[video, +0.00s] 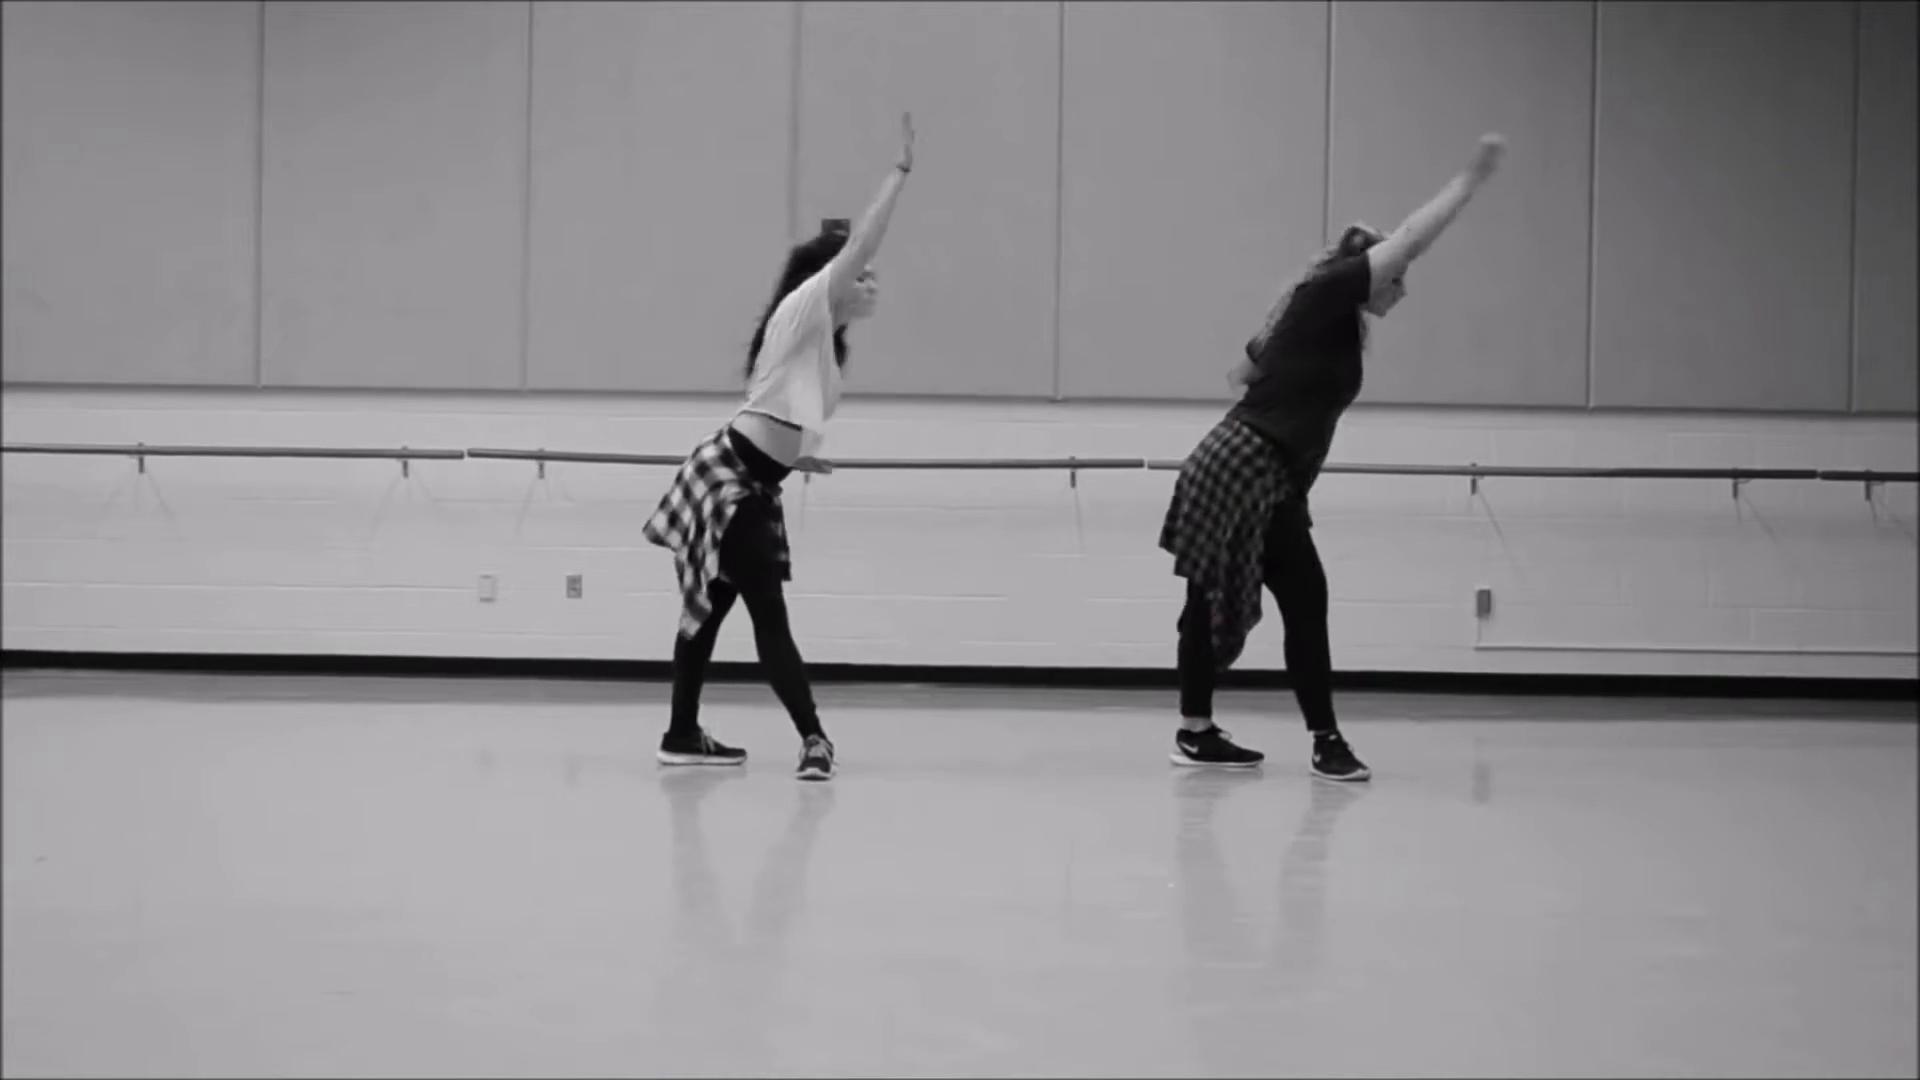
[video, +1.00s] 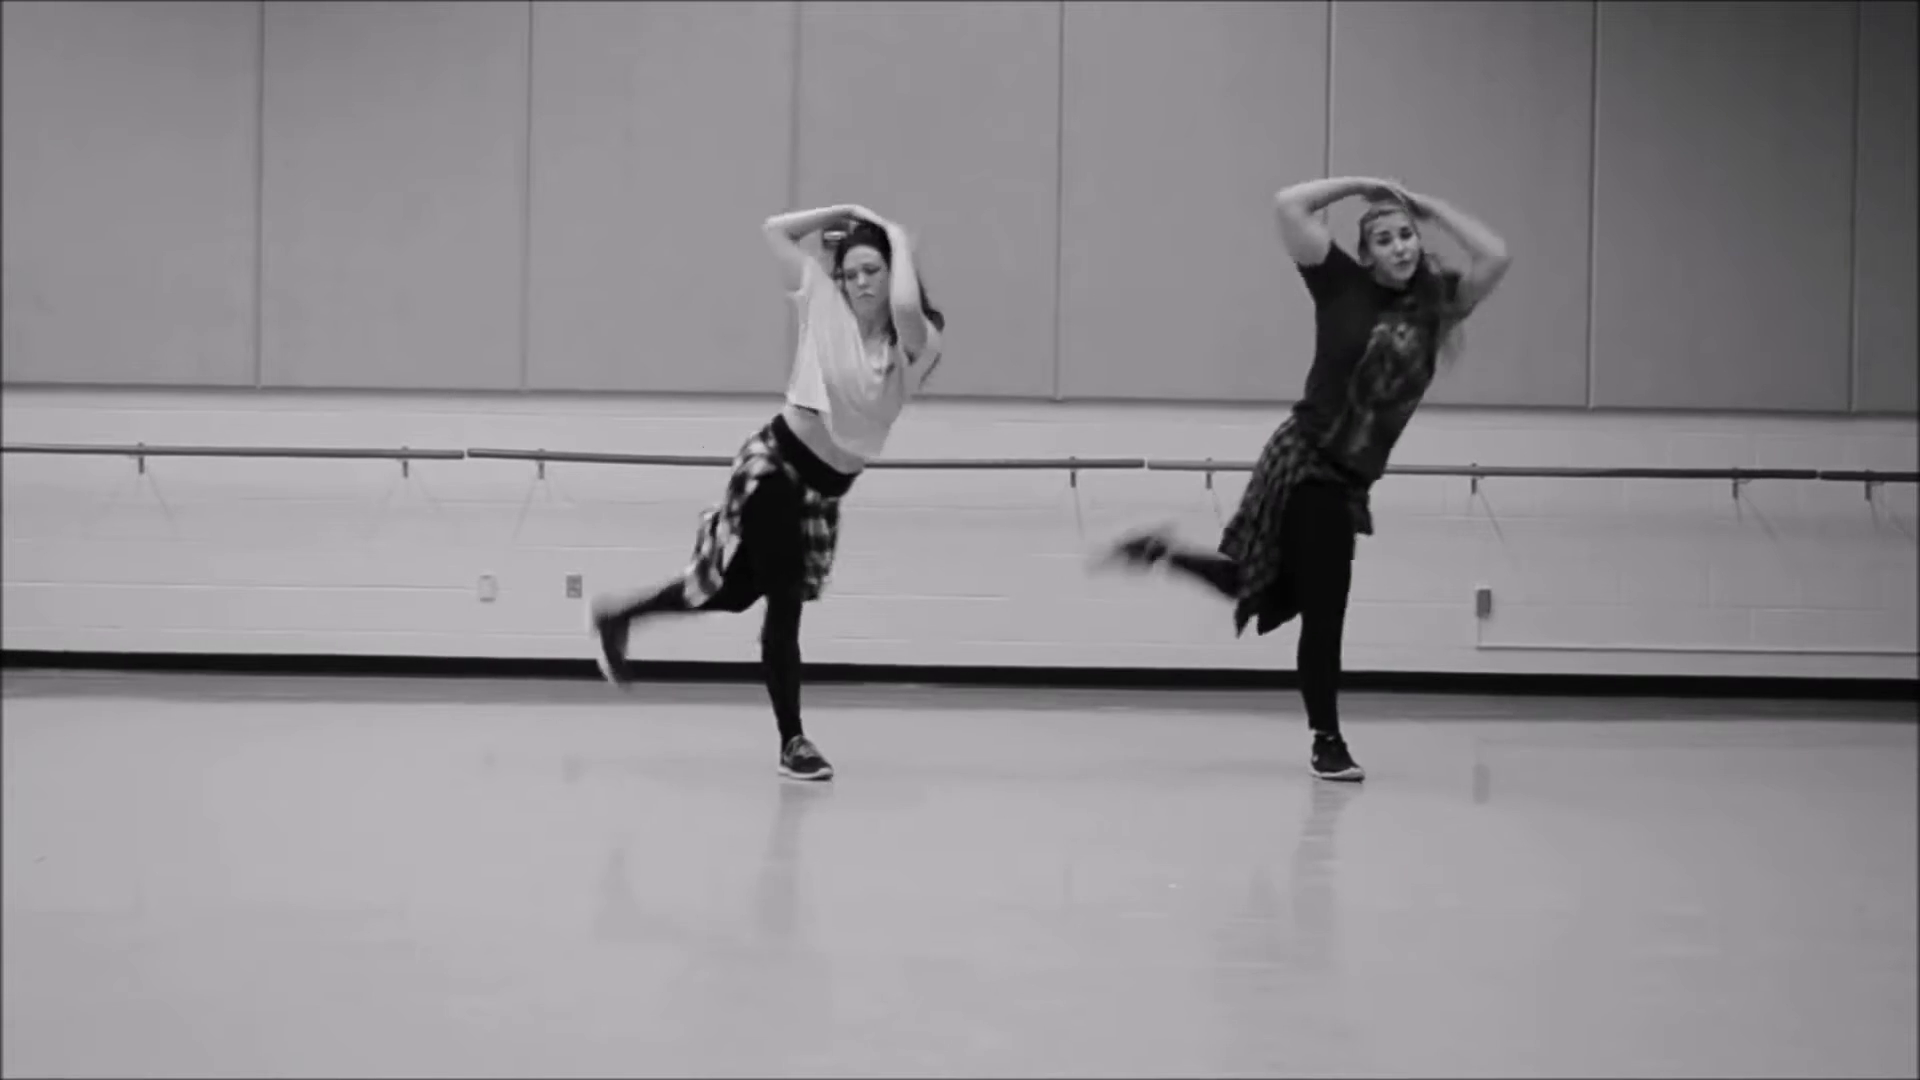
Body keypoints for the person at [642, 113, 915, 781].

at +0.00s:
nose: (871, 287)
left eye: (871, 276)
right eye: (861, 276)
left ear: (850, 284)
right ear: (832, 278)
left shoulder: (819, 341)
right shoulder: (799, 316)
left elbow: (772, 420)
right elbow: (858, 247)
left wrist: (805, 456)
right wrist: (900, 173)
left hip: (750, 479)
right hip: (737, 477)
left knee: (708, 605)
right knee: (768, 613)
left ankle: (682, 732)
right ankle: (813, 740)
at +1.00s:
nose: (860, 283)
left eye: (870, 271)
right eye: (850, 273)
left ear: (893, 276)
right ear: (840, 278)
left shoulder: (913, 347)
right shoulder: (821, 304)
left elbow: (908, 308)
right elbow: (776, 229)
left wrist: (902, 245)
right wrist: (838, 213)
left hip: (823, 491)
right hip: (777, 463)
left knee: (734, 592)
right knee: (786, 603)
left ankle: (619, 616)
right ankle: (793, 741)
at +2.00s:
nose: (1014, 290)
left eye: (1023, 279)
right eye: (1001, 282)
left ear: (1040, 285)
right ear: (984, 293)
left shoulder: (1061, 358)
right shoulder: (964, 342)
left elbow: (1077, 437)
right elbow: (927, 298)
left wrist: (1044, 406)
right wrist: (990, 297)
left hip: (1033, 512)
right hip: (958, 502)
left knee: (1073, 629)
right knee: (891, 623)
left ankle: (1086, 746)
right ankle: (816, 739)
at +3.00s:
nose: (1102, 312)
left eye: (1105, 302)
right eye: (1092, 300)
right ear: (1055, 300)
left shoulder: (1086, 386)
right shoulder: (997, 342)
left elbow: (1093, 483)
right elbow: (966, 324)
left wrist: (1069, 420)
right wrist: (1028, 365)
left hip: (1036, 518)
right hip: (963, 508)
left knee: (1074, 626)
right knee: (892, 621)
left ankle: (1085, 748)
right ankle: (816, 739)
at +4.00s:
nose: (852, 260)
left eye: (868, 259)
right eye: (855, 254)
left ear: (887, 289)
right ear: (844, 275)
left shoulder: (891, 356)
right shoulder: (823, 332)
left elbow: (924, 394)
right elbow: (812, 359)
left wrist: (957, 391)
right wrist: (798, 331)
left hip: (864, 508)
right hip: (805, 503)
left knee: (865, 633)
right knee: (726, 604)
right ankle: (775, 730)